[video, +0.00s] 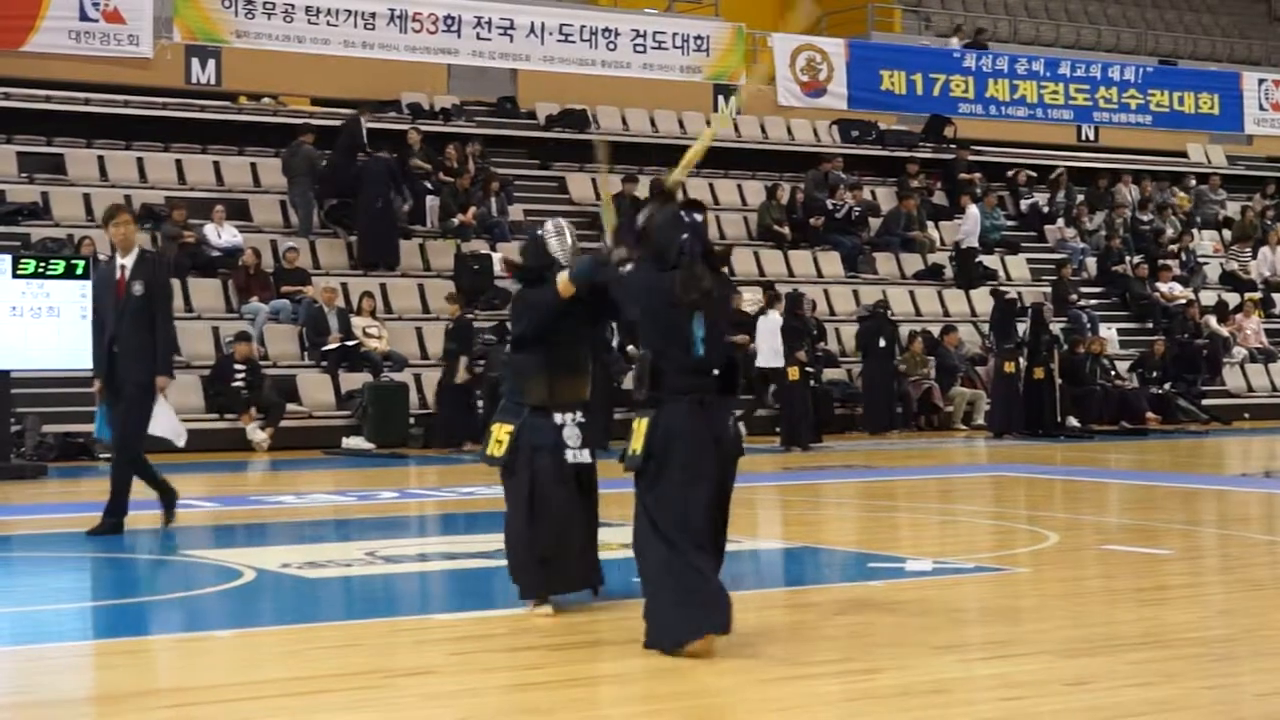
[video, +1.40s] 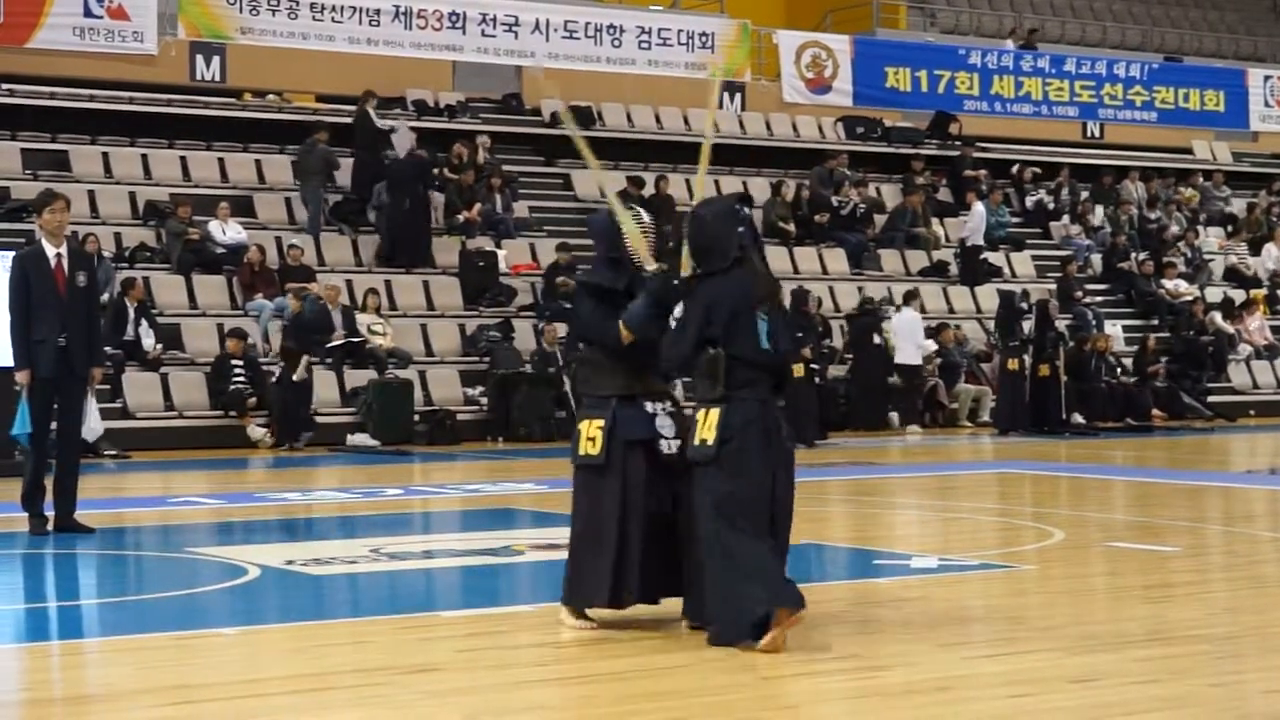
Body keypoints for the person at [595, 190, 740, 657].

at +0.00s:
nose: (637, 245)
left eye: (642, 237)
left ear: (649, 244)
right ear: (692, 242)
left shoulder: (643, 286)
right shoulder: (716, 287)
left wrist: (614, 254)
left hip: (671, 415)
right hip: (715, 413)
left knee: (660, 519)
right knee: (699, 517)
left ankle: (691, 618)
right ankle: (678, 618)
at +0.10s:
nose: (646, 239)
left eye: (651, 231)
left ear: (662, 238)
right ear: (703, 239)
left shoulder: (659, 280)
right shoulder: (721, 282)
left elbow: (638, 238)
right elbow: (709, 233)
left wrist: (638, 203)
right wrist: (698, 186)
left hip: (684, 412)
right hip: (725, 411)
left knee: (664, 519)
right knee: (709, 515)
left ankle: (731, 607)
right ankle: (679, 619)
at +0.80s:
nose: (692, 225)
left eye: (697, 218)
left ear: (705, 229)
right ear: (744, 225)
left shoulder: (700, 268)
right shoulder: (762, 271)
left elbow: (671, 222)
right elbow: (744, 226)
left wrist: (684, 176)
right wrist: (747, 184)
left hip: (729, 398)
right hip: (767, 396)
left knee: (741, 510)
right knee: (727, 512)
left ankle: (797, 612)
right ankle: (702, 613)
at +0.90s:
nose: (698, 226)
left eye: (703, 218)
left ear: (711, 227)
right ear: (750, 222)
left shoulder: (708, 266)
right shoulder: (771, 269)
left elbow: (672, 235)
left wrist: (681, 197)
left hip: (737, 397)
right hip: (775, 396)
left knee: (744, 511)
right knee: (742, 512)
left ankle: (797, 614)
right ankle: (718, 615)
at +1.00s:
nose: (705, 236)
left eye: (708, 227)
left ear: (714, 230)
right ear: (759, 226)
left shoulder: (712, 272)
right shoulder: (778, 276)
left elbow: (668, 256)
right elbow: (803, 335)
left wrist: (681, 214)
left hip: (738, 406)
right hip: (782, 406)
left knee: (740, 517)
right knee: (779, 516)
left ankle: (797, 616)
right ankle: (727, 617)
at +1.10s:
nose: (715, 232)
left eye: (719, 224)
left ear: (728, 229)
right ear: (768, 226)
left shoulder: (722, 278)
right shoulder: (786, 280)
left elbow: (668, 320)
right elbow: (800, 349)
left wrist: (657, 278)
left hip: (745, 409)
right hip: (788, 408)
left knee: (746, 518)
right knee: (782, 516)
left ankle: (799, 620)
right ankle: (726, 613)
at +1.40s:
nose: (690, 246)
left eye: (694, 238)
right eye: (692, 238)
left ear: (707, 241)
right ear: (743, 237)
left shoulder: (709, 292)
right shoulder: (764, 285)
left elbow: (675, 357)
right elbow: (782, 352)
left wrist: (675, 319)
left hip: (728, 413)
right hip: (767, 411)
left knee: (721, 514)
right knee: (758, 512)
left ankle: (778, 596)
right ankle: (744, 619)